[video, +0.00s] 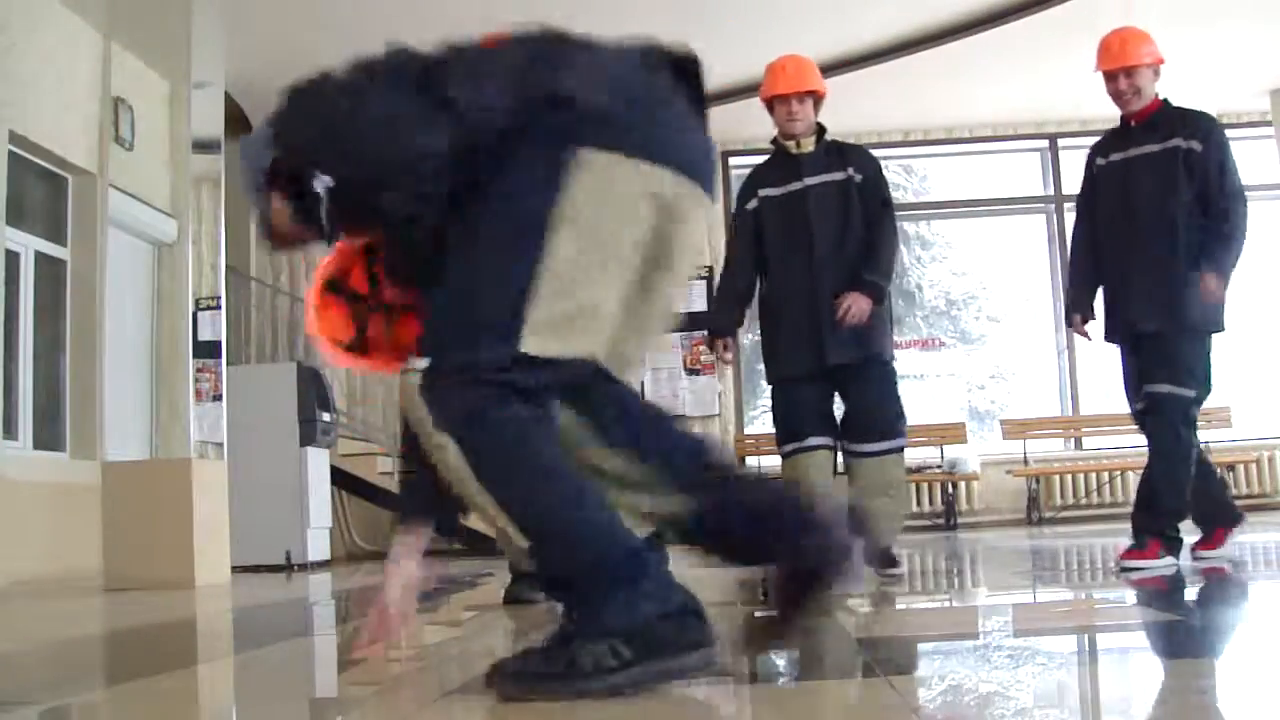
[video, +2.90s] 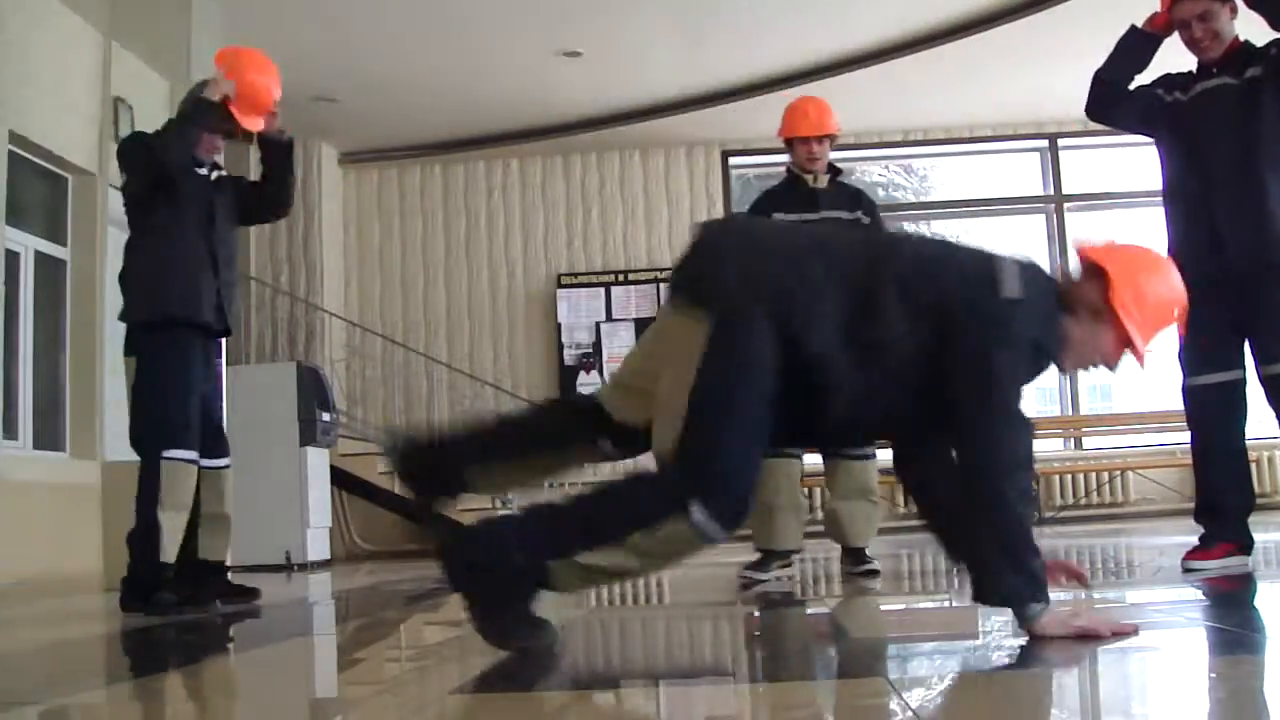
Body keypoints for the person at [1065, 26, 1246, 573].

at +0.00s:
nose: (1120, 84)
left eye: (1129, 72)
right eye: (1111, 76)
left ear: (1155, 70)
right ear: (1104, 81)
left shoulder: (1197, 130)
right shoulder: (1103, 151)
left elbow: (1230, 206)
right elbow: (1087, 231)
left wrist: (1217, 267)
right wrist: (1079, 295)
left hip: (1183, 298)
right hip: (1127, 303)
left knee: (1170, 412)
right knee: (1152, 414)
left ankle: (1158, 537)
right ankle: (1220, 513)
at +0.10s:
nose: (1127, 93)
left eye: (1135, 81)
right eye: (1117, 85)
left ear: (1161, 77)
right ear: (1109, 89)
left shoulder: (1203, 133)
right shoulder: (1113, 160)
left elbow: (1243, 191)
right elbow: (1098, 238)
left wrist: (1200, 216)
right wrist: (1087, 305)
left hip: (1197, 301)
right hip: (1143, 306)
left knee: (1175, 411)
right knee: (1177, 416)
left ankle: (1159, 535)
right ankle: (1231, 526)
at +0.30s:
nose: (1137, 96)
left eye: (1144, 83)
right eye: (1128, 89)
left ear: (1171, 78)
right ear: (1123, 95)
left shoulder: (1216, 126)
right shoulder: (1132, 163)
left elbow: (1257, 160)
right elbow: (1119, 242)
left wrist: (1188, 124)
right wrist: (1092, 301)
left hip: (1218, 294)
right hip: (1166, 303)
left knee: (1197, 406)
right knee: (1190, 413)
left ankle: (1176, 526)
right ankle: (1233, 526)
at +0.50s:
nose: (1148, 92)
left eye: (1156, 80)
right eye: (1141, 84)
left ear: (1181, 79)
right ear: (1136, 91)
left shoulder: (1221, 129)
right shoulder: (1148, 160)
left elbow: (1263, 116)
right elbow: (1113, 222)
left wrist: (1196, 75)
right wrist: (1068, 211)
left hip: (1228, 287)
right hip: (1180, 299)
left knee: (1220, 400)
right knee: (1190, 409)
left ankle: (1254, 524)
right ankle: (1228, 526)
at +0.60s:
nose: (1158, 88)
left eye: (1167, 76)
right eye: (1150, 80)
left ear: (1192, 78)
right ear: (1144, 89)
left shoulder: (1229, 128)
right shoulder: (1149, 159)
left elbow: (1264, 109)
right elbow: (1102, 203)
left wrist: (1197, 69)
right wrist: (1080, 159)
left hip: (1237, 288)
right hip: (1182, 304)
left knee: (1239, 397)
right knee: (1195, 413)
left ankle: (1279, 520)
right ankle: (1232, 528)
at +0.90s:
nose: (1190, 81)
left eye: (1199, 68)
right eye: (1181, 73)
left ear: (1224, 70)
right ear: (1175, 83)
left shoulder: (1263, 123)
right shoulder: (1165, 145)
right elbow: (1107, 147)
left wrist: (1226, 60)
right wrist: (1137, 86)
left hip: (1268, 294)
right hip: (1205, 304)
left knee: (1276, 406)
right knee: (1215, 418)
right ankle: (1232, 529)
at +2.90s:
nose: (1195, 33)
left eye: (1205, 18)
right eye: (1184, 25)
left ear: (1233, 13)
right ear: (1175, 30)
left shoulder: (1268, 69)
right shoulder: (1171, 96)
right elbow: (1102, 103)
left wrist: (1256, 5)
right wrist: (1152, 28)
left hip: (1270, 273)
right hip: (1205, 279)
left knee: (1279, 398)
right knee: (1212, 414)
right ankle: (1227, 537)